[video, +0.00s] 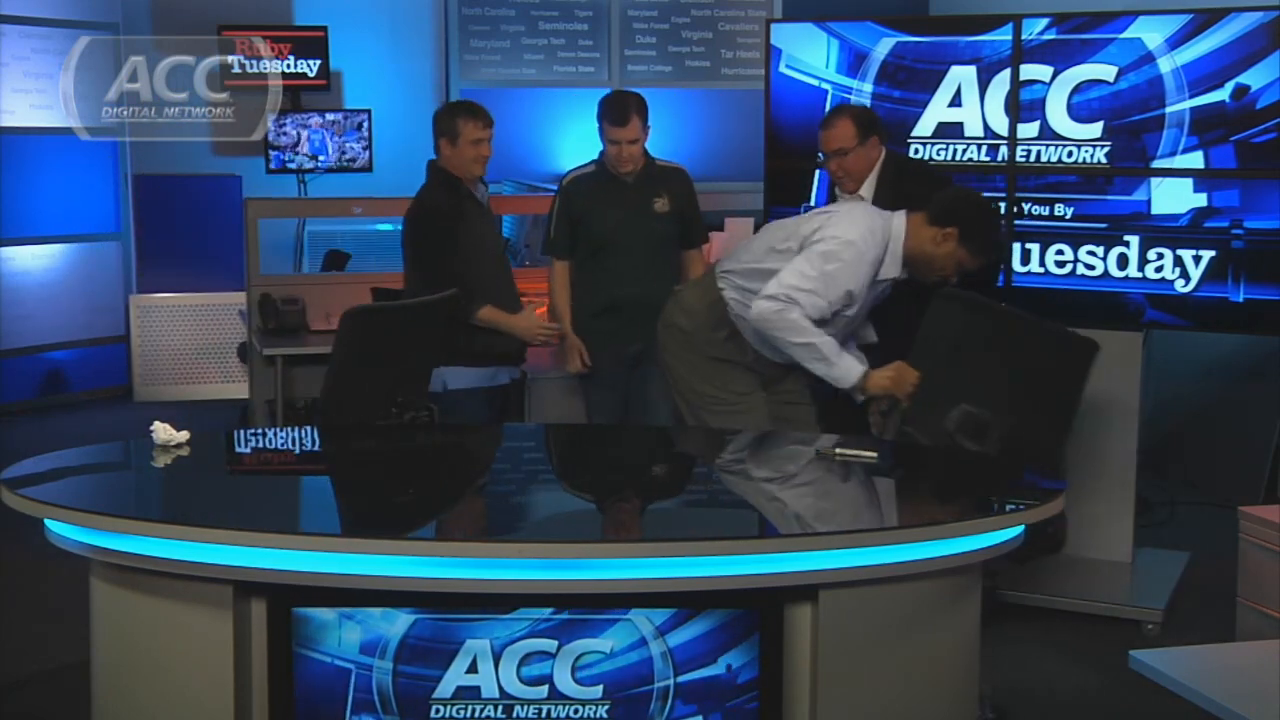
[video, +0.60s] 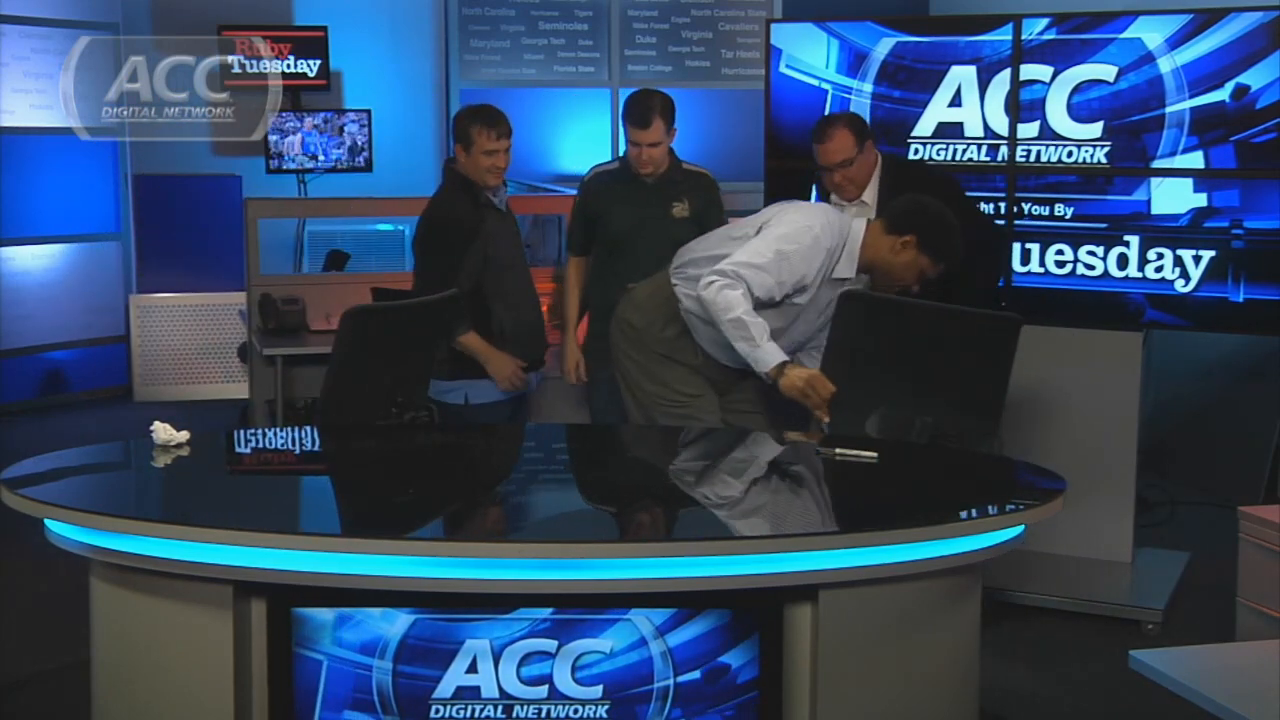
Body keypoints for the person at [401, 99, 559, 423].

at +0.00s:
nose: (486, 152)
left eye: (488, 142)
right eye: (476, 143)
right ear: (446, 147)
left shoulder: (472, 199)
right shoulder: (433, 205)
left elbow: (485, 280)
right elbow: (443, 295)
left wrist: (520, 316)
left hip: (493, 364)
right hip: (459, 369)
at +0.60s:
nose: (502, 162)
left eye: (506, 152)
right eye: (490, 154)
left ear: (511, 148)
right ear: (461, 153)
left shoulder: (491, 203)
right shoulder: (448, 212)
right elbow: (435, 307)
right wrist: (491, 358)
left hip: (503, 384)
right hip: (469, 390)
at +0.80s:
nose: (496, 163)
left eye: (501, 153)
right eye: (485, 155)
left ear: (506, 148)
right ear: (455, 154)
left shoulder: (495, 202)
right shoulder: (440, 215)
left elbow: (505, 283)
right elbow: (429, 310)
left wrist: (528, 349)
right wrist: (479, 364)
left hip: (513, 381)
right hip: (466, 391)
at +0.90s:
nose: (494, 163)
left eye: (499, 153)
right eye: (483, 155)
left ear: (504, 148)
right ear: (454, 155)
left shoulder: (496, 200)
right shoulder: (436, 216)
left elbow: (507, 282)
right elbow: (425, 308)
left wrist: (530, 347)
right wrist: (473, 365)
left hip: (514, 378)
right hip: (464, 390)